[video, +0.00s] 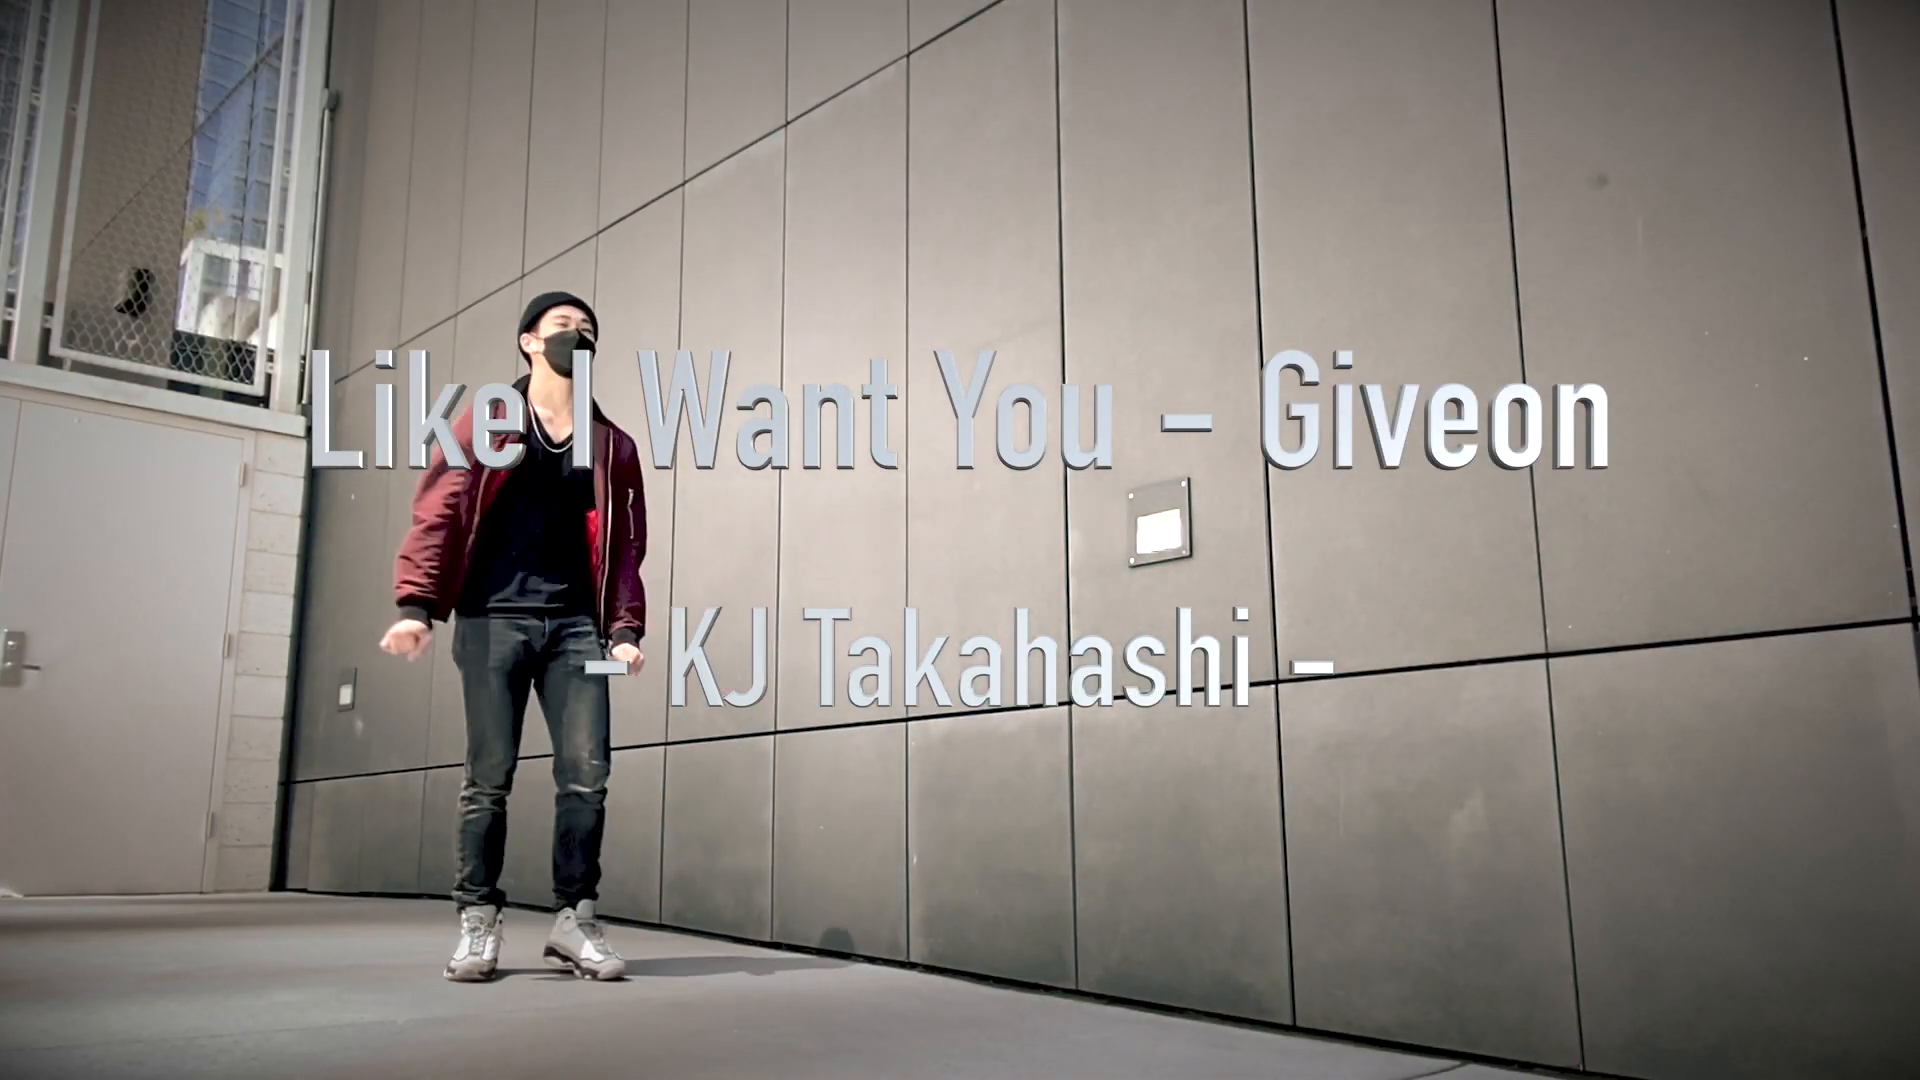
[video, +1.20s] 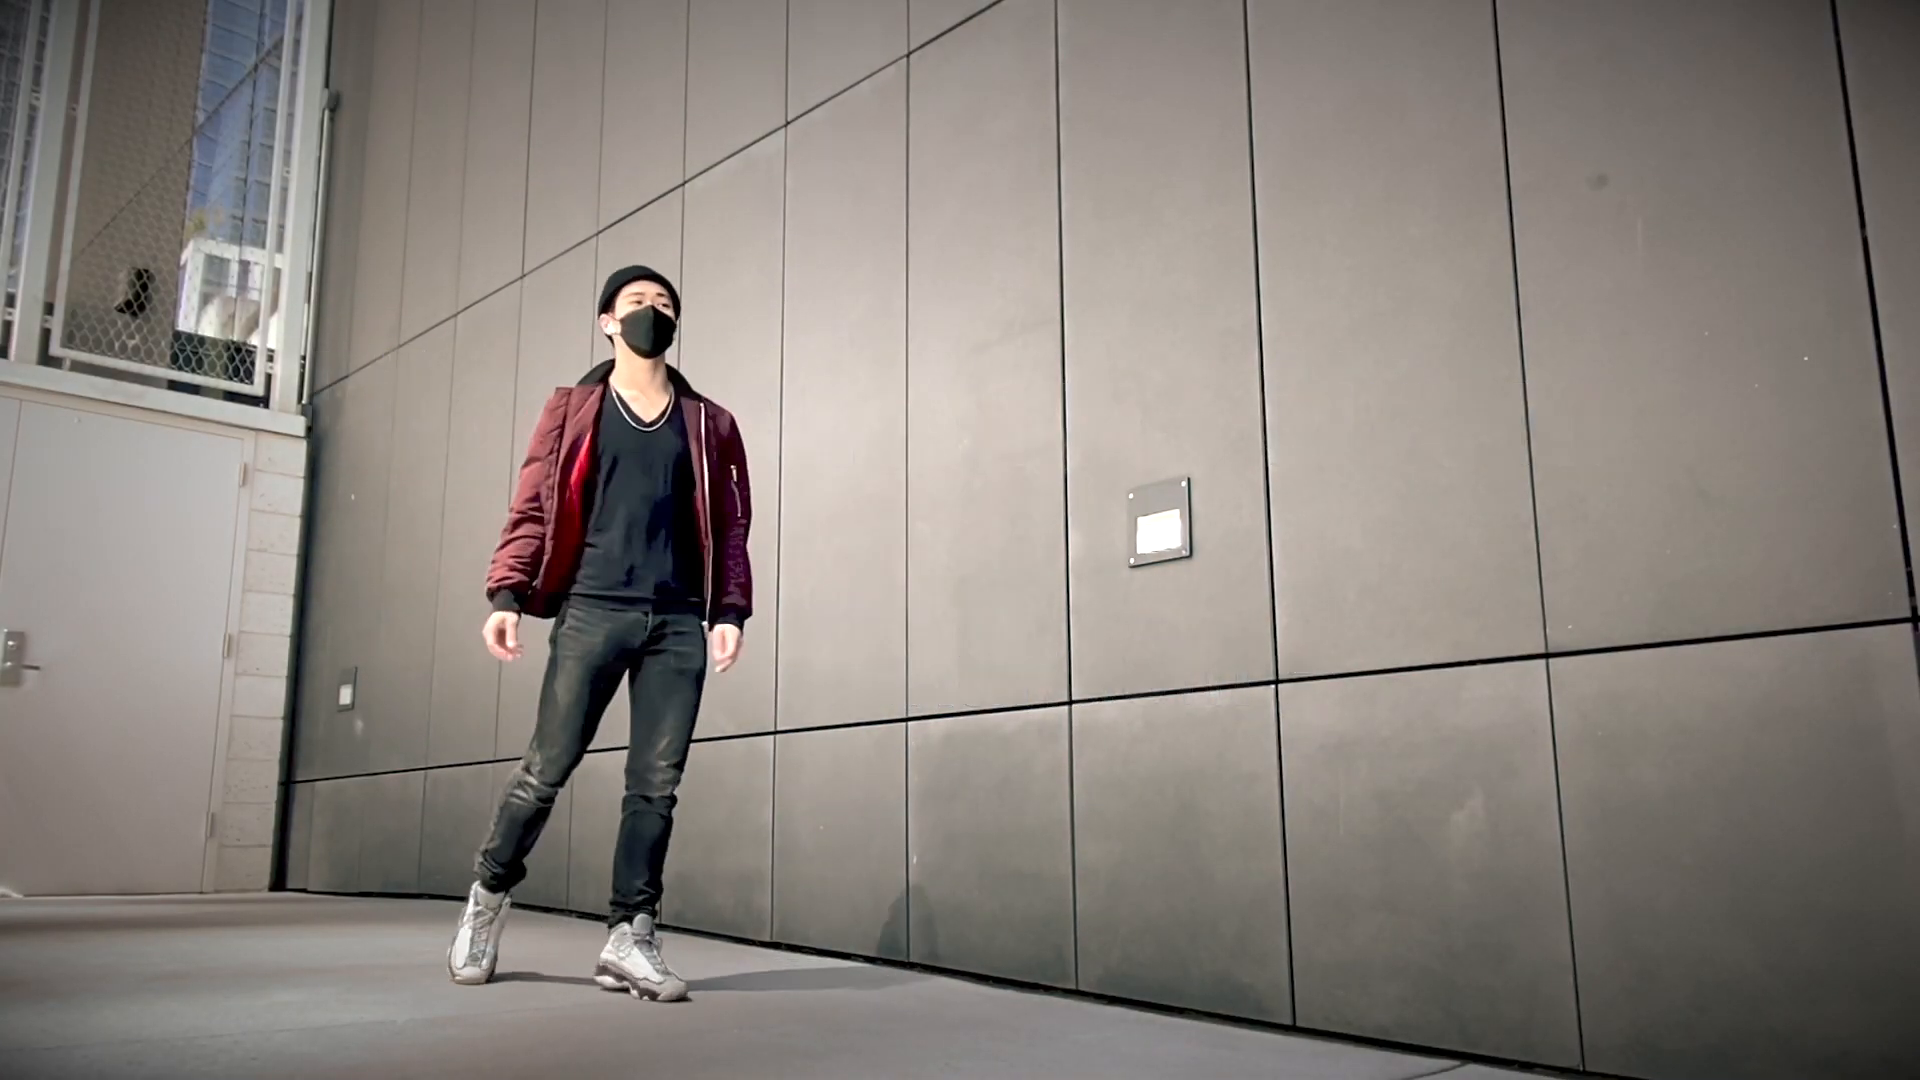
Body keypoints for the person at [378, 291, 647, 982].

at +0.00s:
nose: (575, 331)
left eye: (585, 326)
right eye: (560, 322)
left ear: (595, 350)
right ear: (528, 345)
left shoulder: (613, 443)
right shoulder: (482, 419)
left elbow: (627, 545)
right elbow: (436, 513)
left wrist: (625, 625)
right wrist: (415, 606)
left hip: (576, 625)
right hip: (492, 623)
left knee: (588, 775)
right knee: (490, 778)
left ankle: (575, 921)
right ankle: (477, 923)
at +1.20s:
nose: (651, 306)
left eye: (663, 300)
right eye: (635, 299)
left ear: (676, 327)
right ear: (606, 325)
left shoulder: (711, 422)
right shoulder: (570, 409)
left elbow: (731, 525)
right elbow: (533, 505)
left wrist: (731, 610)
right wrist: (506, 595)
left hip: (679, 623)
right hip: (590, 616)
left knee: (656, 786)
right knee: (545, 775)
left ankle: (630, 939)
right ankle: (485, 907)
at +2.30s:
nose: (740, 358)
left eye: (742, 349)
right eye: (727, 346)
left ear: (720, 357)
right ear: (682, 350)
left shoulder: (724, 433)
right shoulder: (643, 424)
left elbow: (752, 520)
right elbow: (592, 516)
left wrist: (764, 610)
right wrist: (608, 620)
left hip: (681, 636)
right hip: (618, 634)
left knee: (748, 778)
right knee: (631, 811)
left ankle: (646, 917)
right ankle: (506, 896)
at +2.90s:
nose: (670, 355)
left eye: (671, 346)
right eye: (657, 343)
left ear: (645, 354)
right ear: (610, 346)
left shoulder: (661, 443)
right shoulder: (564, 423)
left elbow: (705, 532)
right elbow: (594, 530)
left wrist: (774, 614)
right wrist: (663, 631)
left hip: (588, 639)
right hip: (515, 632)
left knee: (633, 788)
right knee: (543, 798)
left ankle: (585, 949)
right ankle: (433, 900)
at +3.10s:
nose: (631, 328)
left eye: (636, 319)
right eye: (616, 316)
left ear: (638, 330)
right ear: (571, 322)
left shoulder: (647, 417)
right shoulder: (521, 400)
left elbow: (667, 503)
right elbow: (548, 507)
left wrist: (697, 588)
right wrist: (635, 583)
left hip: (572, 612)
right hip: (490, 604)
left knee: (581, 770)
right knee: (493, 774)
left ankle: (565, 944)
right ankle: (423, 904)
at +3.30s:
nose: (573, 291)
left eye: (587, 282)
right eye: (556, 281)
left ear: (606, 303)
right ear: (529, 299)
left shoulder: (631, 390)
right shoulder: (487, 379)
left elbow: (616, 476)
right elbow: (499, 479)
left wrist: (581, 555)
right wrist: (600, 546)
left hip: (568, 599)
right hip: (487, 589)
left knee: (538, 765)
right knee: (460, 762)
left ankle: (541, 939)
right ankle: (441, 908)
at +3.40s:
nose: (541, 285)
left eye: (558, 274)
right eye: (527, 275)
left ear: (586, 291)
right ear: (510, 293)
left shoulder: (618, 380)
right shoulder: (478, 378)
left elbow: (576, 460)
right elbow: (477, 476)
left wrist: (500, 527)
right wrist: (562, 531)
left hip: (562, 597)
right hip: (483, 590)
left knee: (531, 770)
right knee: (445, 762)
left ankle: (536, 946)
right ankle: (461, 903)